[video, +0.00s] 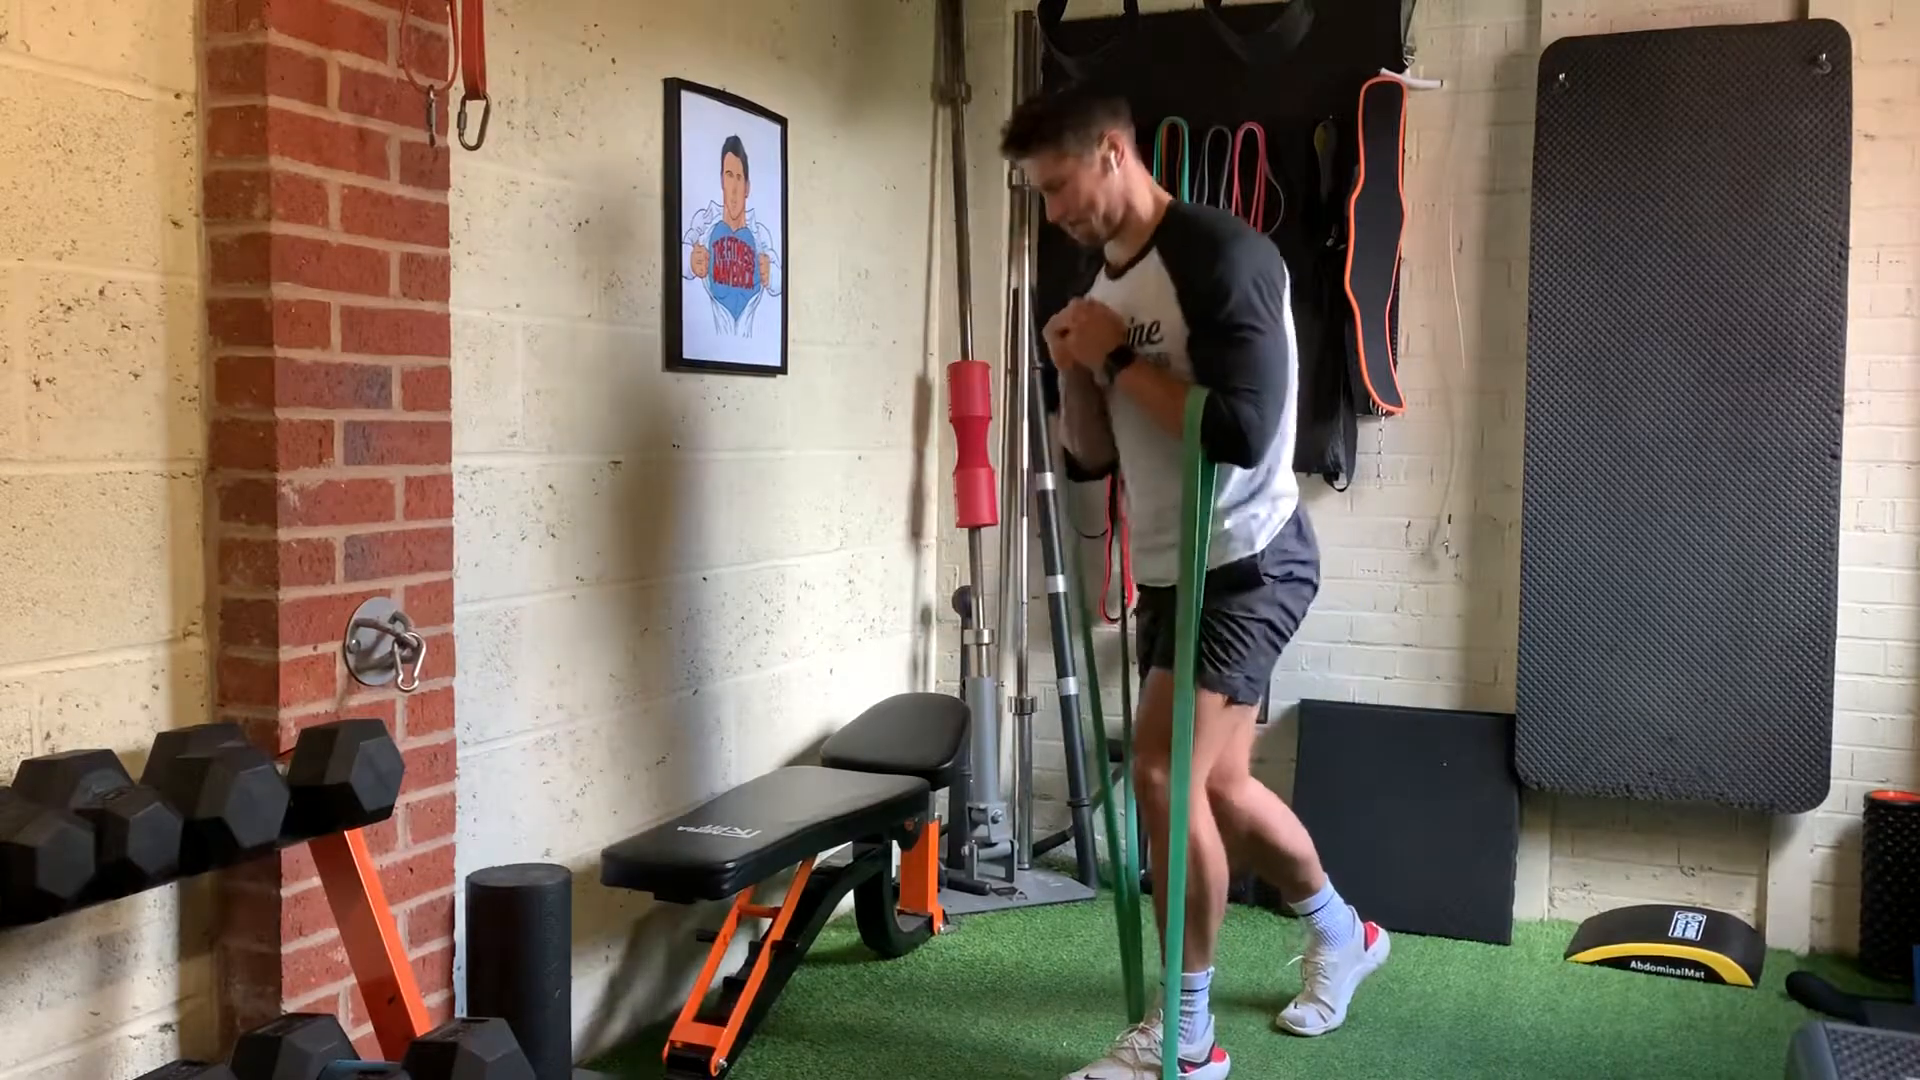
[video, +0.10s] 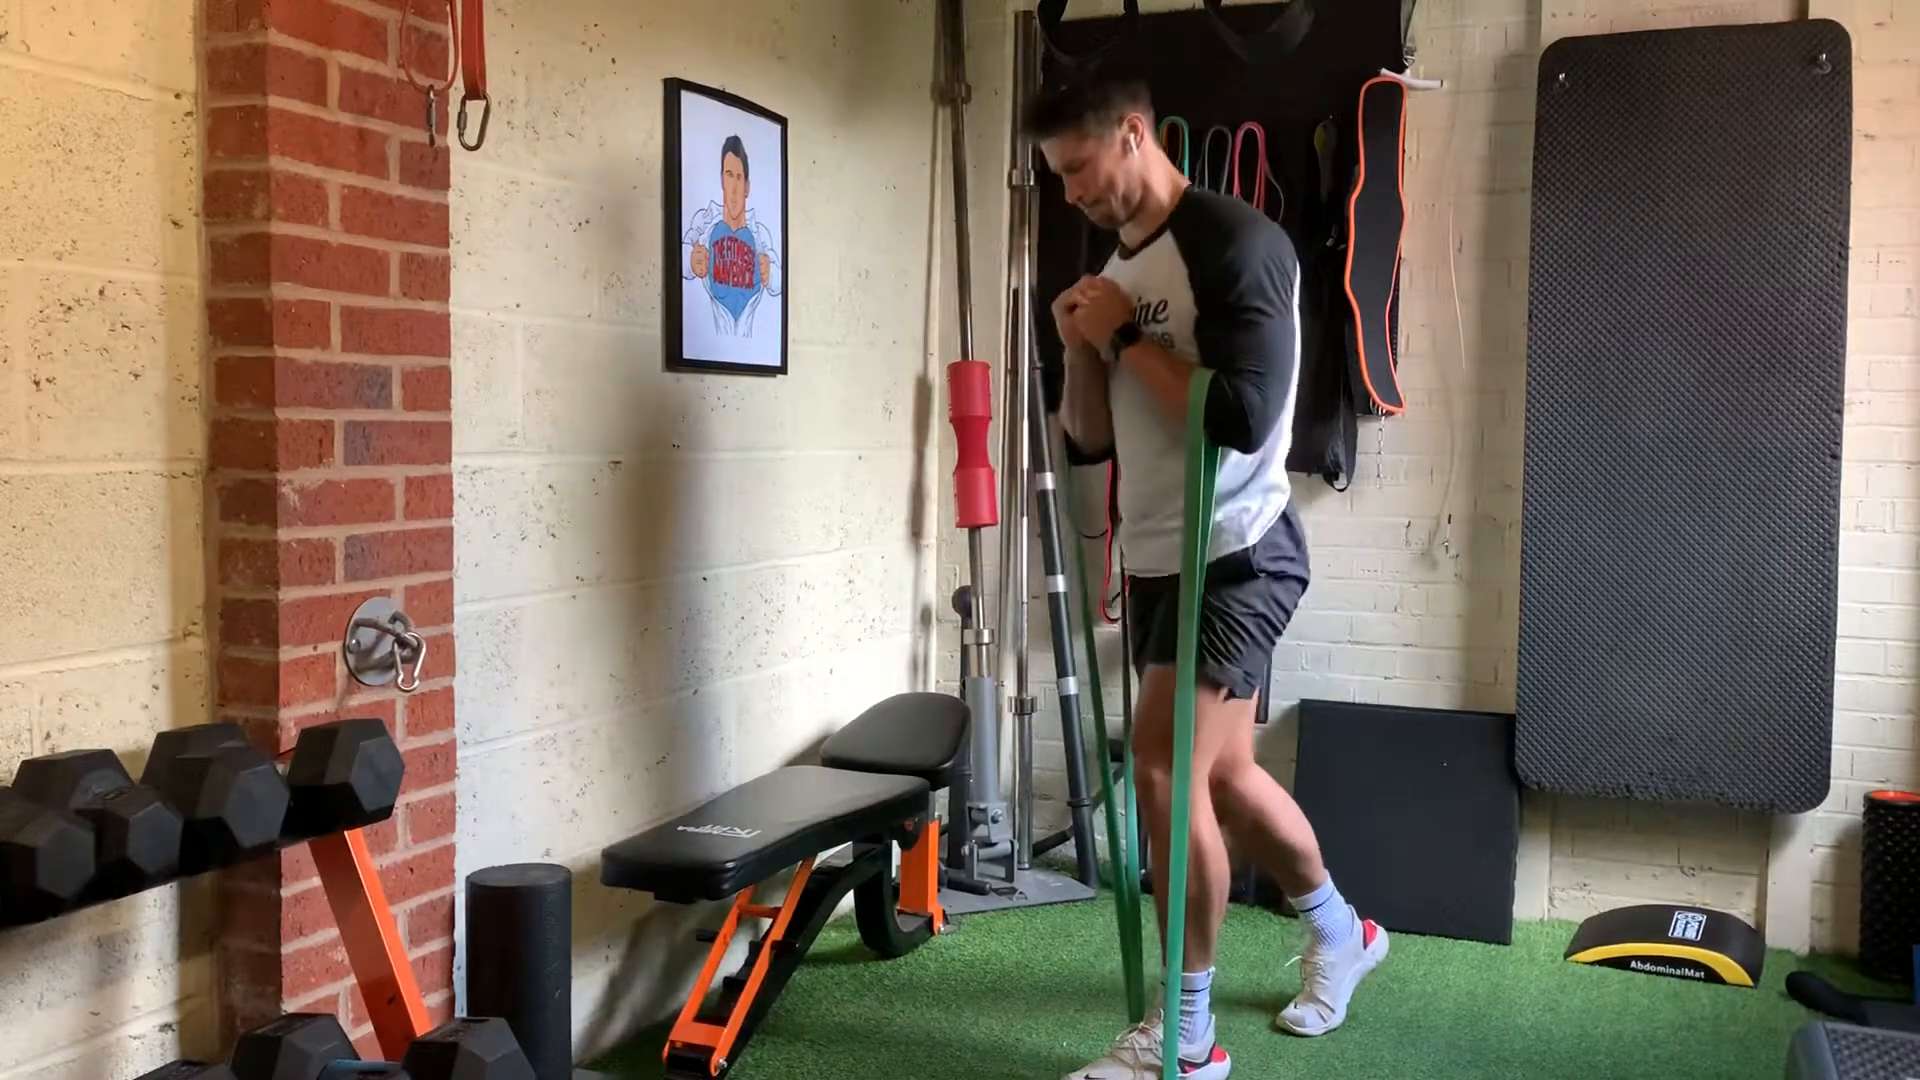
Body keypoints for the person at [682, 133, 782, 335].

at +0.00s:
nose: (733, 184)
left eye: (739, 176)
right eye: (729, 174)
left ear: (748, 187)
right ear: (721, 181)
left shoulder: (760, 234)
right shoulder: (705, 228)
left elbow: (780, 286)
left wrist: (770, 274)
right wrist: (695, 266)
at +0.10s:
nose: (733, 184)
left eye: (739, 176)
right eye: (729, 174)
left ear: (748, 187)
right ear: (721, 181)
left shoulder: (760, 233)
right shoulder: (705, 226)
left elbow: (779, 286)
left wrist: (770, 273)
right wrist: (695, 265)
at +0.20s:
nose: (733, 185)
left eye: (739, 176)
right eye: (729, 175)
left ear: (748, 187)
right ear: (721, 181)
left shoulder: (761, 233)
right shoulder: (705, 224)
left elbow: (779, 286)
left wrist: (770, 274)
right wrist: (694, 266)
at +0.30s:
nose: (733, 185)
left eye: (739, 177)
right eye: (729, 175)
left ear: (748, 187)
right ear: (721, 181)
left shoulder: (760, 233)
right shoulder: (705, 222)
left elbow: (779, 286)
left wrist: (770, 274)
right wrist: (695, 266)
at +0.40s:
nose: (734, 185)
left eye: (739, 176)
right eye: (729, 175)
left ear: (748, 187)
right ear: (721, 181)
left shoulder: (760, 233)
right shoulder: (704, 225)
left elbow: (779, 286)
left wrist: (769, 274)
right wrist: (694, 266)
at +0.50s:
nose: (733, 185)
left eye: (739, 176)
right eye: (729, 175)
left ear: (748, 187)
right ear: (721, 181)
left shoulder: (761, 233)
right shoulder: (704, 223)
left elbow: (779, 286)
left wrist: (769, 274)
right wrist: (692, 266)